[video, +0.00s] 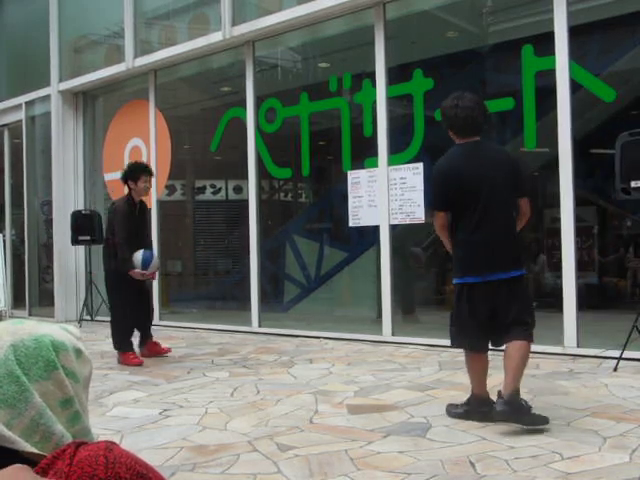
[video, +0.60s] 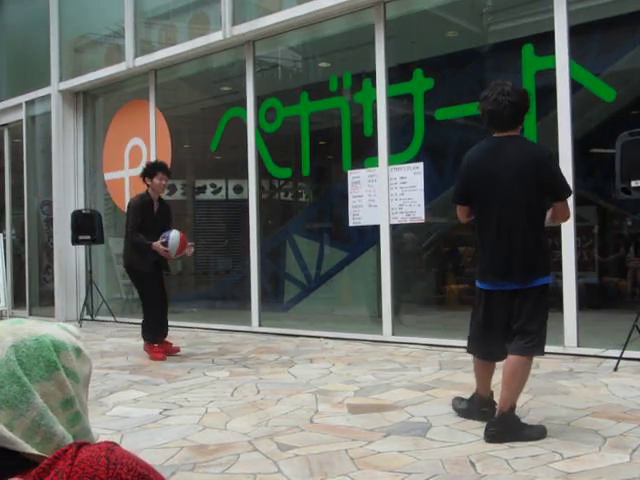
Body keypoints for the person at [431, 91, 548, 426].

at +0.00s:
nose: (447, 129)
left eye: (446, 124)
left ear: (448, 129)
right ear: (482, 123)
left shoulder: (446, 167)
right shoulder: (506, 159)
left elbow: (440, 222)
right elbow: (524, 212)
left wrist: (458, 250)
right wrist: (504, 238)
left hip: (470, 267)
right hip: (508, 263)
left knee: (473, 333)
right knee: (519, 327)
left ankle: (479, 399)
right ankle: (510, 396)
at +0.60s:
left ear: (486, 117)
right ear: (523, 116)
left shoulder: (475, 158)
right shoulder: (539, 155)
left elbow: (464, 214)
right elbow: (562, 212)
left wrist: (494, 209)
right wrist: (534, 218)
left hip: (491, 267)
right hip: (531, 266)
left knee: (485, 334)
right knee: (524, 340)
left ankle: (481, 400)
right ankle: (504, 419)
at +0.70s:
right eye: (531, 110)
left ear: (493, 113)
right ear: (530, 114)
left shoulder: (480, 155)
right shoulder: (543, 155)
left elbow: (470, 207)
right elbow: (564, 210)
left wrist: (502, 197)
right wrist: (540, 195)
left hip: (493, 264)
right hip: (532, 264)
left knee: (491, 334)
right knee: (525, 342)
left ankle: (487, 398)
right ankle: (502, 419)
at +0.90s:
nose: (541, 111)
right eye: (541, 106)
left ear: (503, 109)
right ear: (539, 110)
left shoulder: (489, 150)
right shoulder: (549, 154)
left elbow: (500, 194)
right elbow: (578, 209)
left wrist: (553, 202)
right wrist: (546, 203)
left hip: (497, 261)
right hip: (534, 263)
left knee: (505, 338)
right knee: (524, 341)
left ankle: (513, 410)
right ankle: (502, 421)